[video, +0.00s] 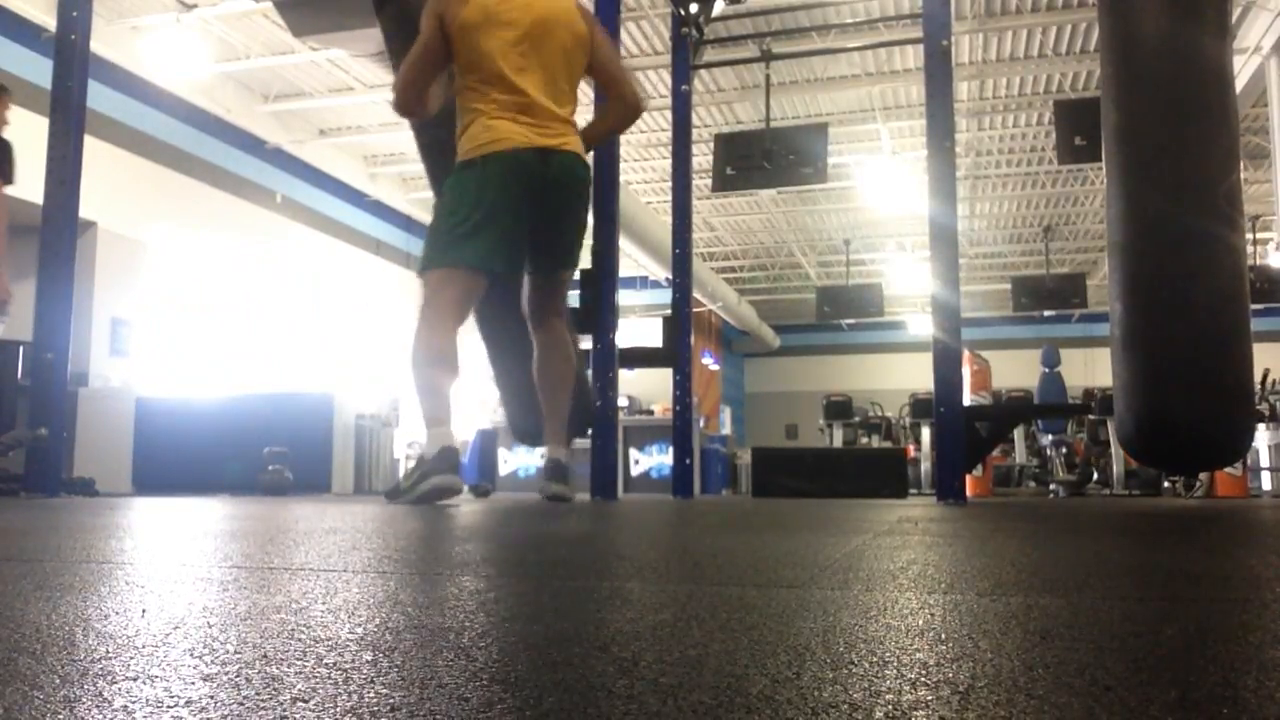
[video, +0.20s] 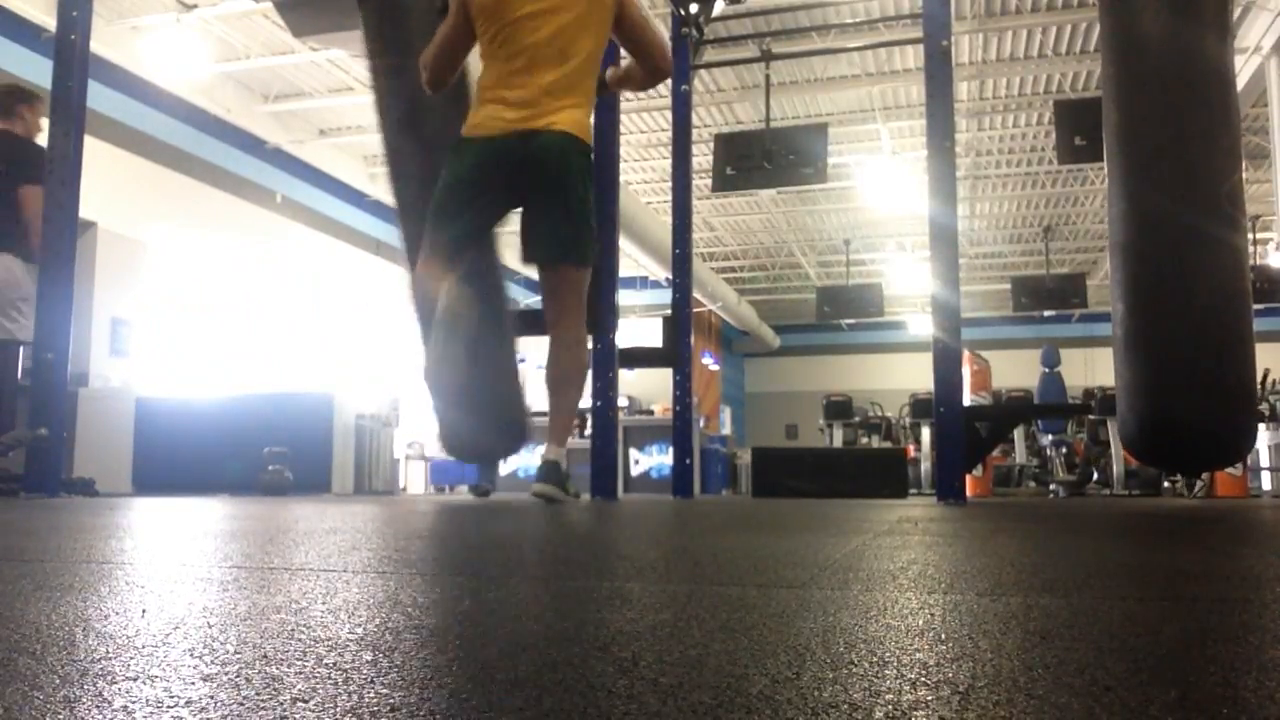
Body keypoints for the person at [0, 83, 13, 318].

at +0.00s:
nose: (7, 118)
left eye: (7, 110)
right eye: (5, 109)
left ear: (6, 109)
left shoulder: (5, 148)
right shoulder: (4, 148)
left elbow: (3, 213)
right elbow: (3, 214)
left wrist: (3, 277)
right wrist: (3, 277)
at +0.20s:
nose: (41, 125)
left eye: (40, 117)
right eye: (37, 116)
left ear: (12, 114)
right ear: (20, 113)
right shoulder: (25, 150)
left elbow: (34, 220)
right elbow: (34, 220)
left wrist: (41, 257)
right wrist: (43, 259)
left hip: (12, 257)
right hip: (13, 259)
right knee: (17, 350)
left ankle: (11, 443)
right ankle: (11, 446)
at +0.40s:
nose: (60, 134)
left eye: (58, 128)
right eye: (57, 127)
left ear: (26, 127)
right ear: (47, 126)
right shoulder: (58, 166)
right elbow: (76, 234)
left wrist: (103, 292)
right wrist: (104, 292)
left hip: (5, 264)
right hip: (26, 269)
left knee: (7, 367)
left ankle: (9, 451)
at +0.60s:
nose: (99, 158)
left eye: (99, 150)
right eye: (95, 150)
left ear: (65, 147)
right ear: (79, 148)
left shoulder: (30, 181)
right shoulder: (87, 184)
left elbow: (13, 235)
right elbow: (97, 242)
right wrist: (129, 294)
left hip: (29, 290)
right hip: (71, 293)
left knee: (31, 371)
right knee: (68, 374)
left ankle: (22, 446)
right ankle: (61, 452)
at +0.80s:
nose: (126, 168)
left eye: (126, 161)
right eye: (122, 160)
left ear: (91, 158)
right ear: (106, 158)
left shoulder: (60, 188)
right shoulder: (111, 191)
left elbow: (43, 245)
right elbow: (121, 249)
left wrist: (50, 290)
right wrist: (144, 300)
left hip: (62, 294)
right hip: (98, 297)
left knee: (72, 376)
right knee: (115, 379)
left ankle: (66, 466)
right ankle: (63, 426)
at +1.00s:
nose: (151, 181)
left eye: (152, 175)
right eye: (149, 174)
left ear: (118, 170)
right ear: (135, 171)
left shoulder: (87, 200)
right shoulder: (135, 202)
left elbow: (72, 250)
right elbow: (137, 257)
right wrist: (147, 300)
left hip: (78, 296)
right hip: (116, 295)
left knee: (77, 382)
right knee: (146, 380)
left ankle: (68, 467)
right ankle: (145, 468)